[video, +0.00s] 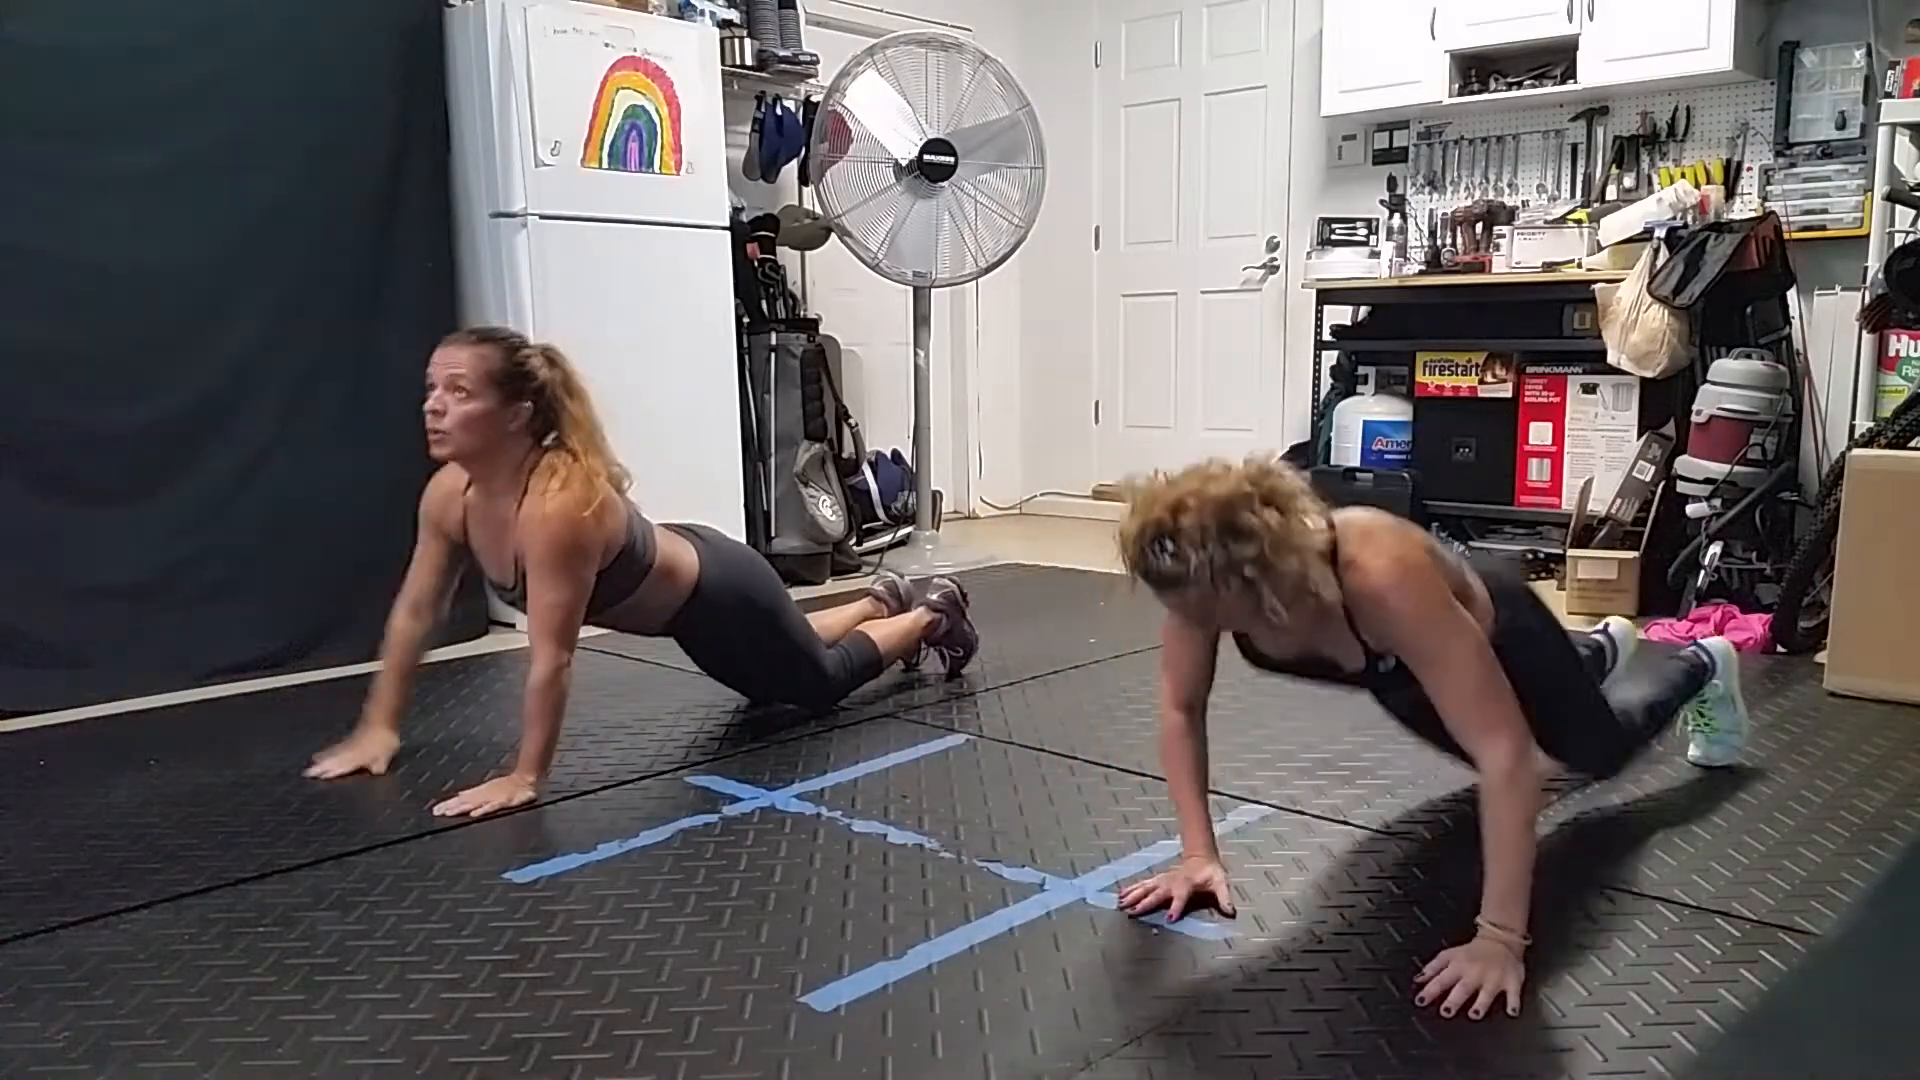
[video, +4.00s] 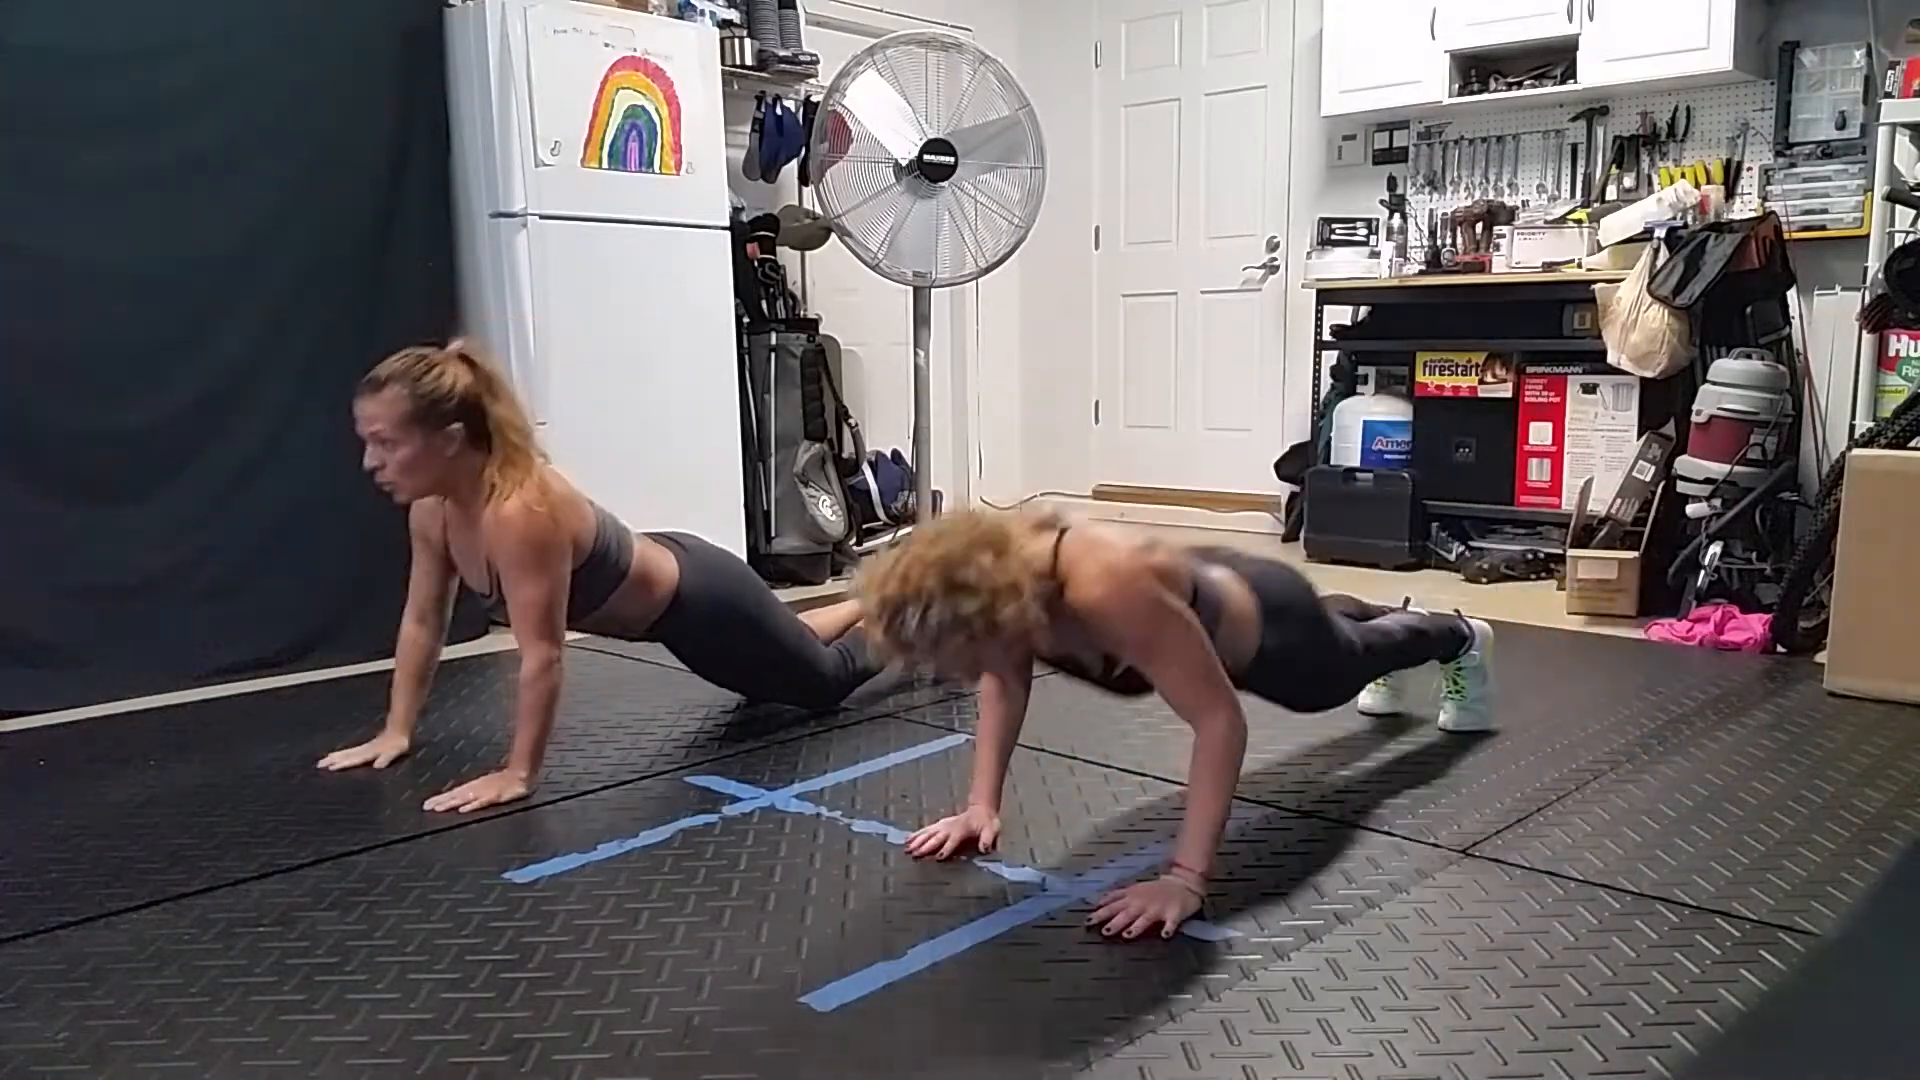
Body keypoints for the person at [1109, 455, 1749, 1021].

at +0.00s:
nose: (1195, 621)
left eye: (1201, 607)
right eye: (1188, 609)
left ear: (1250, 580)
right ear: (1196, 585)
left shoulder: (1381, 571)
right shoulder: (1202, 572)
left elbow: (1504, 757)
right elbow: (1180, 708)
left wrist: (1499, 936)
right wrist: (1196, 854)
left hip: (1492, 625)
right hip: (1396, 664)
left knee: (1597, 749)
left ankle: (1698, 659)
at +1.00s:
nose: (924, 897)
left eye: (923, 879)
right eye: (907, 888)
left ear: (956, 834)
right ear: (889, 814)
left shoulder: (1076, 785)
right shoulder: (935, 731)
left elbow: (1230, 721)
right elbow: (967, 657)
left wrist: (1212, 876)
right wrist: (971, 834)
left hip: (1211, 682)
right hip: (1118, 665)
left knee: (1322, 666)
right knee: (1223, 635)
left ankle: (1411, 625)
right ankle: (1313, 612)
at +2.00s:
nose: (1156, 581)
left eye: (1160, 559)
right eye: (1136, 570)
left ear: (1201, 513)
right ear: (1121, 546)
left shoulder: (1294, 503)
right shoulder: (1135, 535)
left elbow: (1396, 711)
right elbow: (1169, 694)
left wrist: (1430, 914)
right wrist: (1184, 855)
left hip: (1425, 455)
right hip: (1350, 475)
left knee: (1540, 567)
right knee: (1472, 574)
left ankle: (1637, 645)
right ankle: (1549, 628)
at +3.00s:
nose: (1156, 752)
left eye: (1156, 737)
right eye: (1149, 741)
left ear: (1196, 721)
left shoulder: (1341, 700)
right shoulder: (1214, 674)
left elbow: (1528, 785)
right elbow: (1193, 749)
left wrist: (1472, 946)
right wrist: (1189, 860)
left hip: (1518, 694)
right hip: (1439, 648)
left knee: (1620, 700)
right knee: (1548, 656)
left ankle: (1709, 664)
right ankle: (1616, 641)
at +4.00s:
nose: (962, 684)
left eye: (960, 668)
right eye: (946, 674)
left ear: (994, 623)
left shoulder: (1111, 586)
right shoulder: (992, 577)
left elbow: (1221, 722)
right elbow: (1001, 682)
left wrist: (1186, 875)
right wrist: (982, 802)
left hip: (1274, 628)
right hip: (1211, 597)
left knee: (1371, 645)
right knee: (1323, 621)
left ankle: (1457, 633)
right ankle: (1392, 621)